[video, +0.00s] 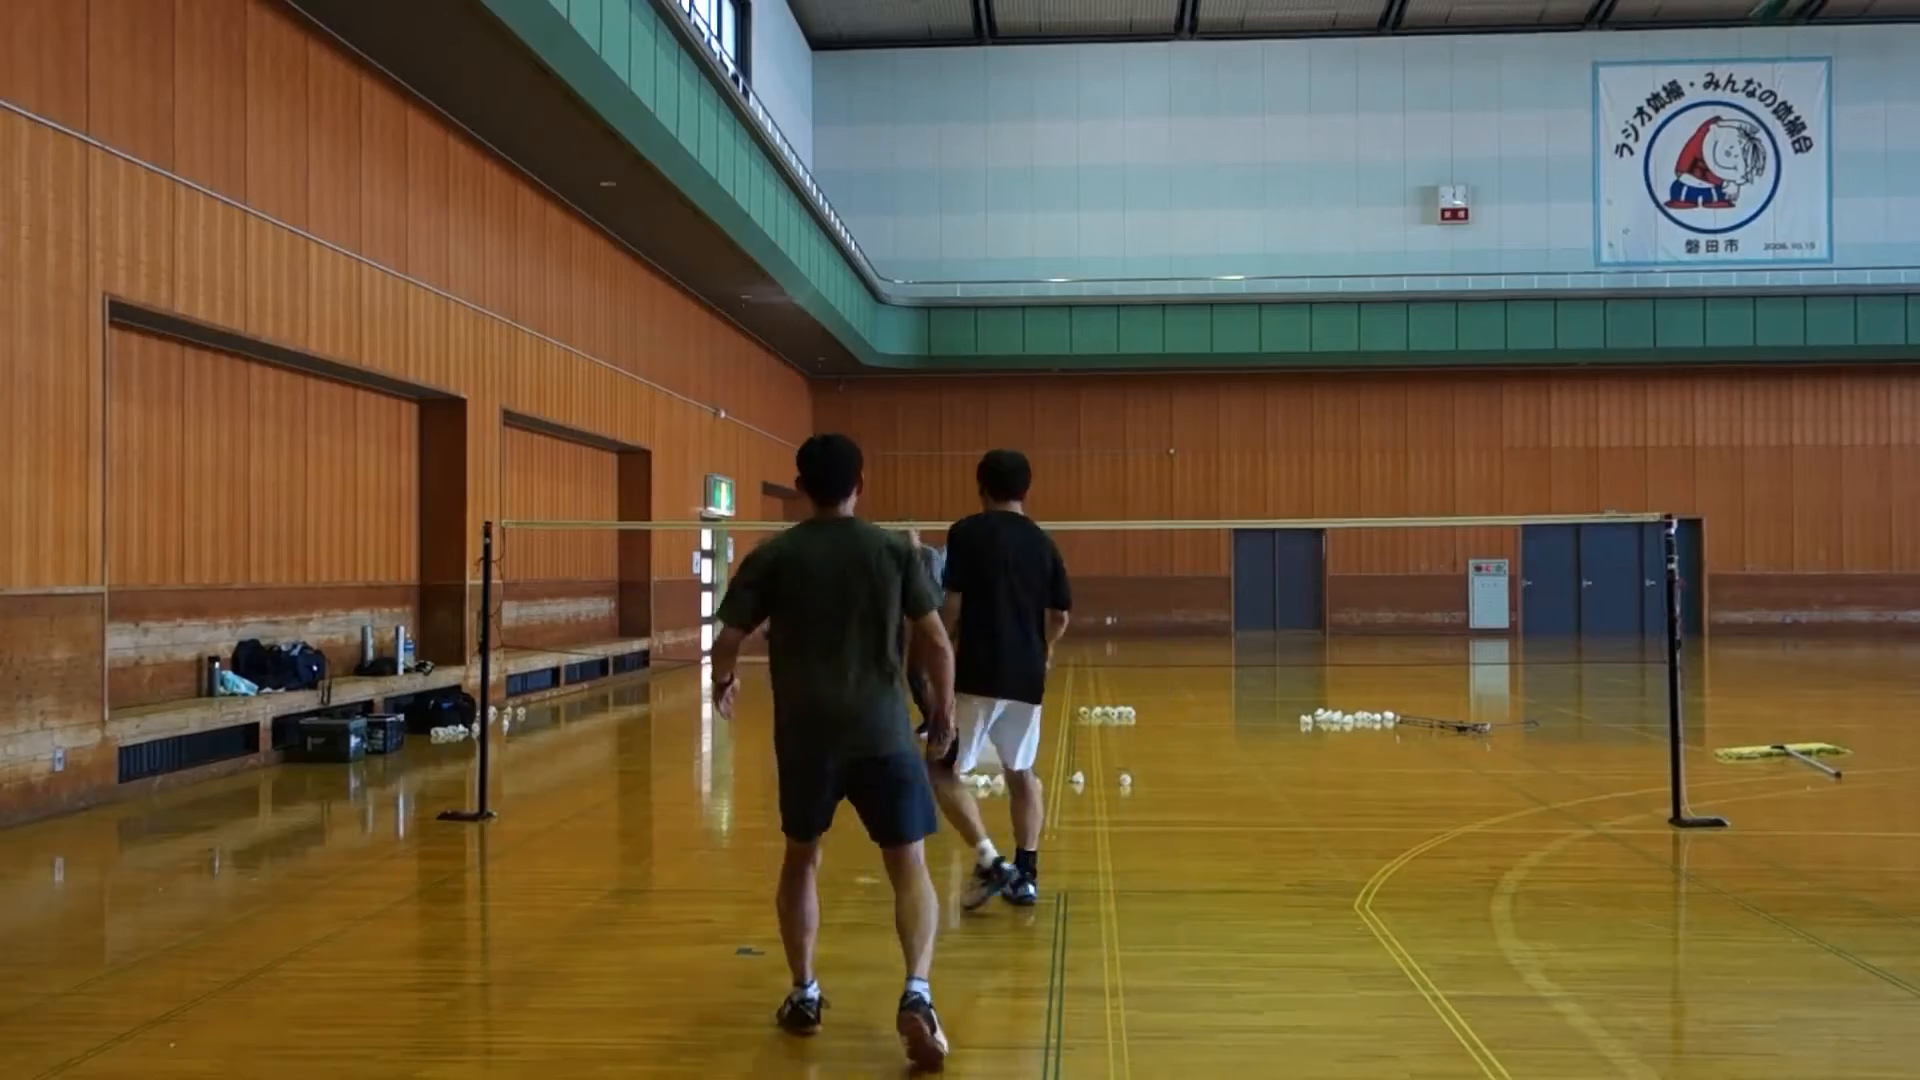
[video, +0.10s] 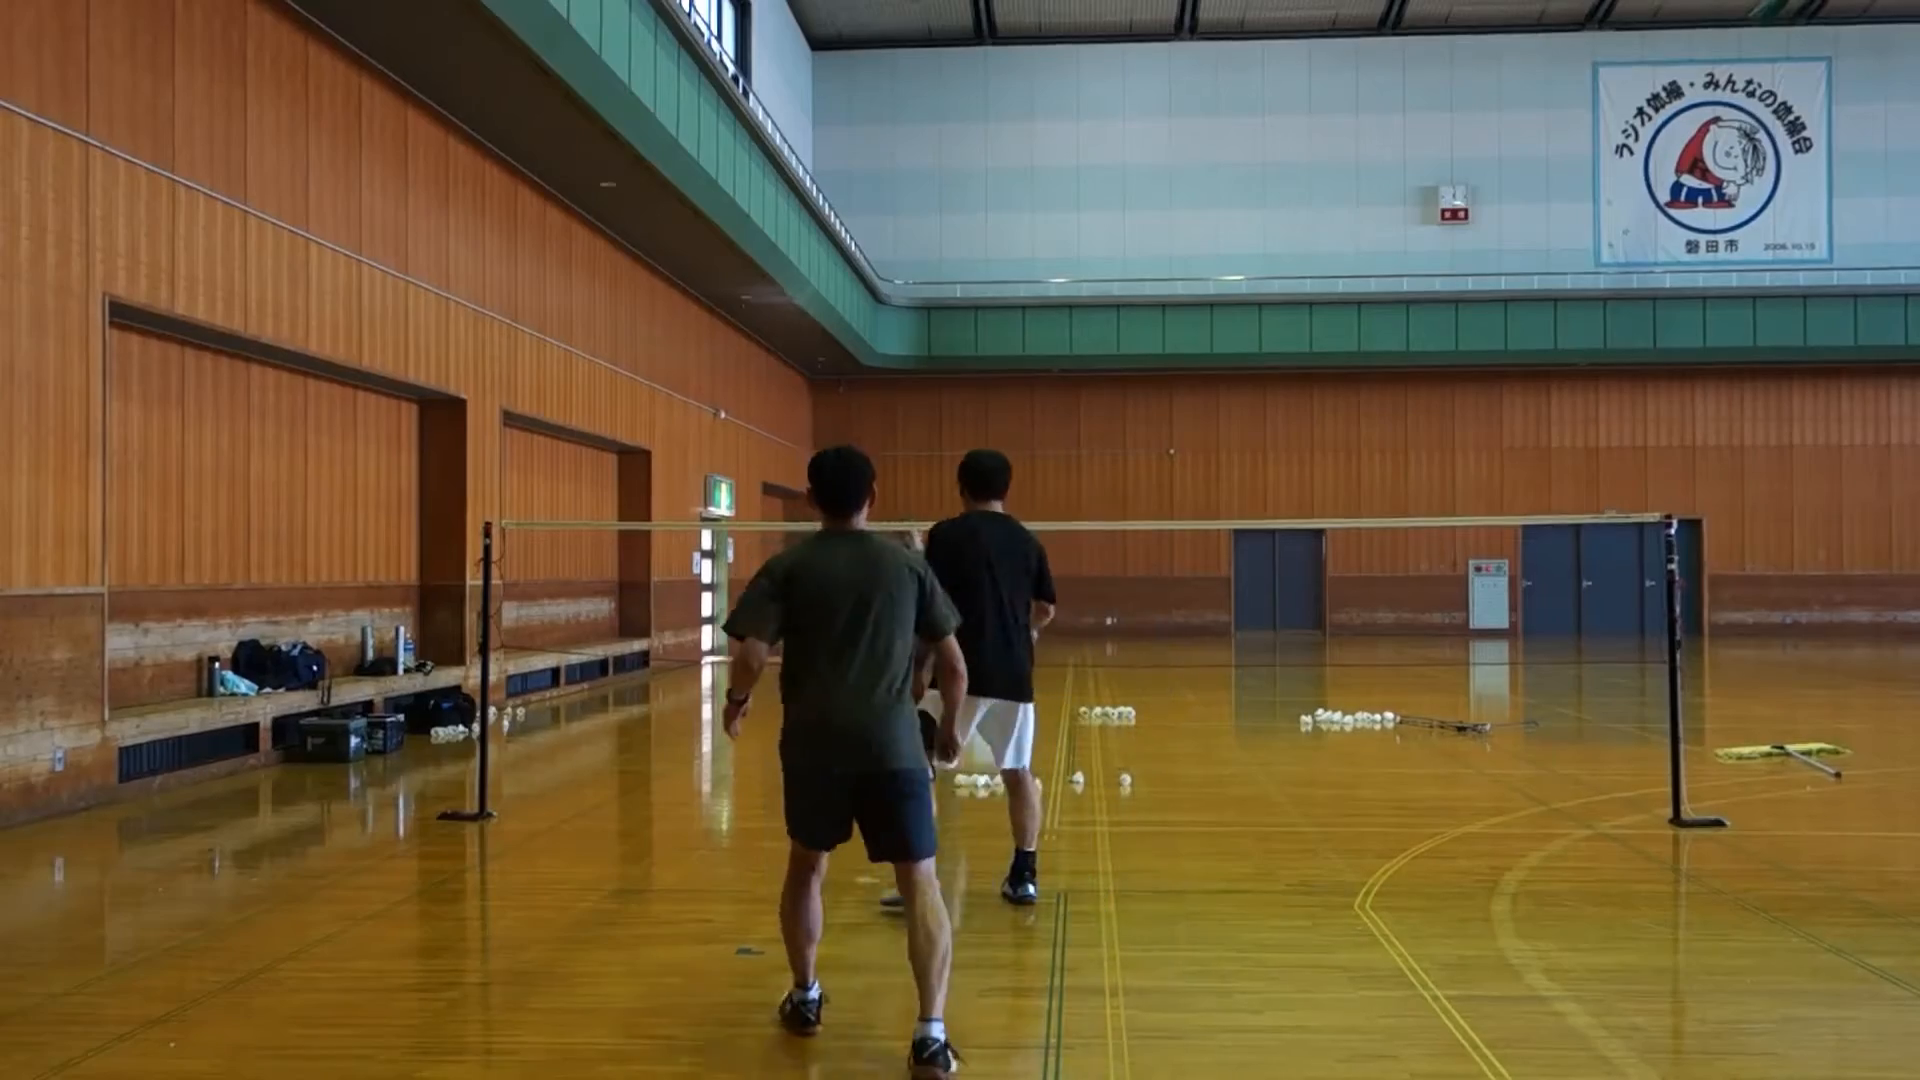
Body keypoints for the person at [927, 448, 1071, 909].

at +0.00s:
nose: (978, 493)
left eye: (979, 486)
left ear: (981, 488)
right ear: (1026, 489)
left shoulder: (965, 532)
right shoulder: (1042, 541)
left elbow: (951, 603)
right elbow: (1059, 612)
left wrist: (944, 653)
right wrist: (1045, 650)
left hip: (975, 673)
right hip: (1026, 677)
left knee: (942, 769)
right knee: (1021, 771)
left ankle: (988, 860)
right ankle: (1025, 874)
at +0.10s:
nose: (960, 491)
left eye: (961, 484)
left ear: (962, 487)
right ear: (1007, 488)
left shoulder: (944, 535)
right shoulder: (1024, 539)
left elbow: (930, 613)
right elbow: (1044, 610)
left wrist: (918, 673)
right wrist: (1018, 629)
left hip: (955, 673)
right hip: (1012, 675)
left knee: (921, 768)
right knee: (1019, 773)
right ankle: (1025, 873)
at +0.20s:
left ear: (938, 494)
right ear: (983, 494)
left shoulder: (915, 546)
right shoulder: (1008, 545)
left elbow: (896, 612)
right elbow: (1032, 602)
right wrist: (1017, 631)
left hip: (928, 682)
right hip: (998, 684)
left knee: (898, 774)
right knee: (1011, 774)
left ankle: (864, 873)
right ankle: (1023, 873)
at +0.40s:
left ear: (881, 516)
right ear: (928, 514)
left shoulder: (866, 562)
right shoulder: (957, 558)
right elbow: (1003, 607)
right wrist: (1015, 627)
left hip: (899, 699)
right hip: (970, 695)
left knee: (858, 790)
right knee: (999, 779)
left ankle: (839, 884)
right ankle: (1022, 869)